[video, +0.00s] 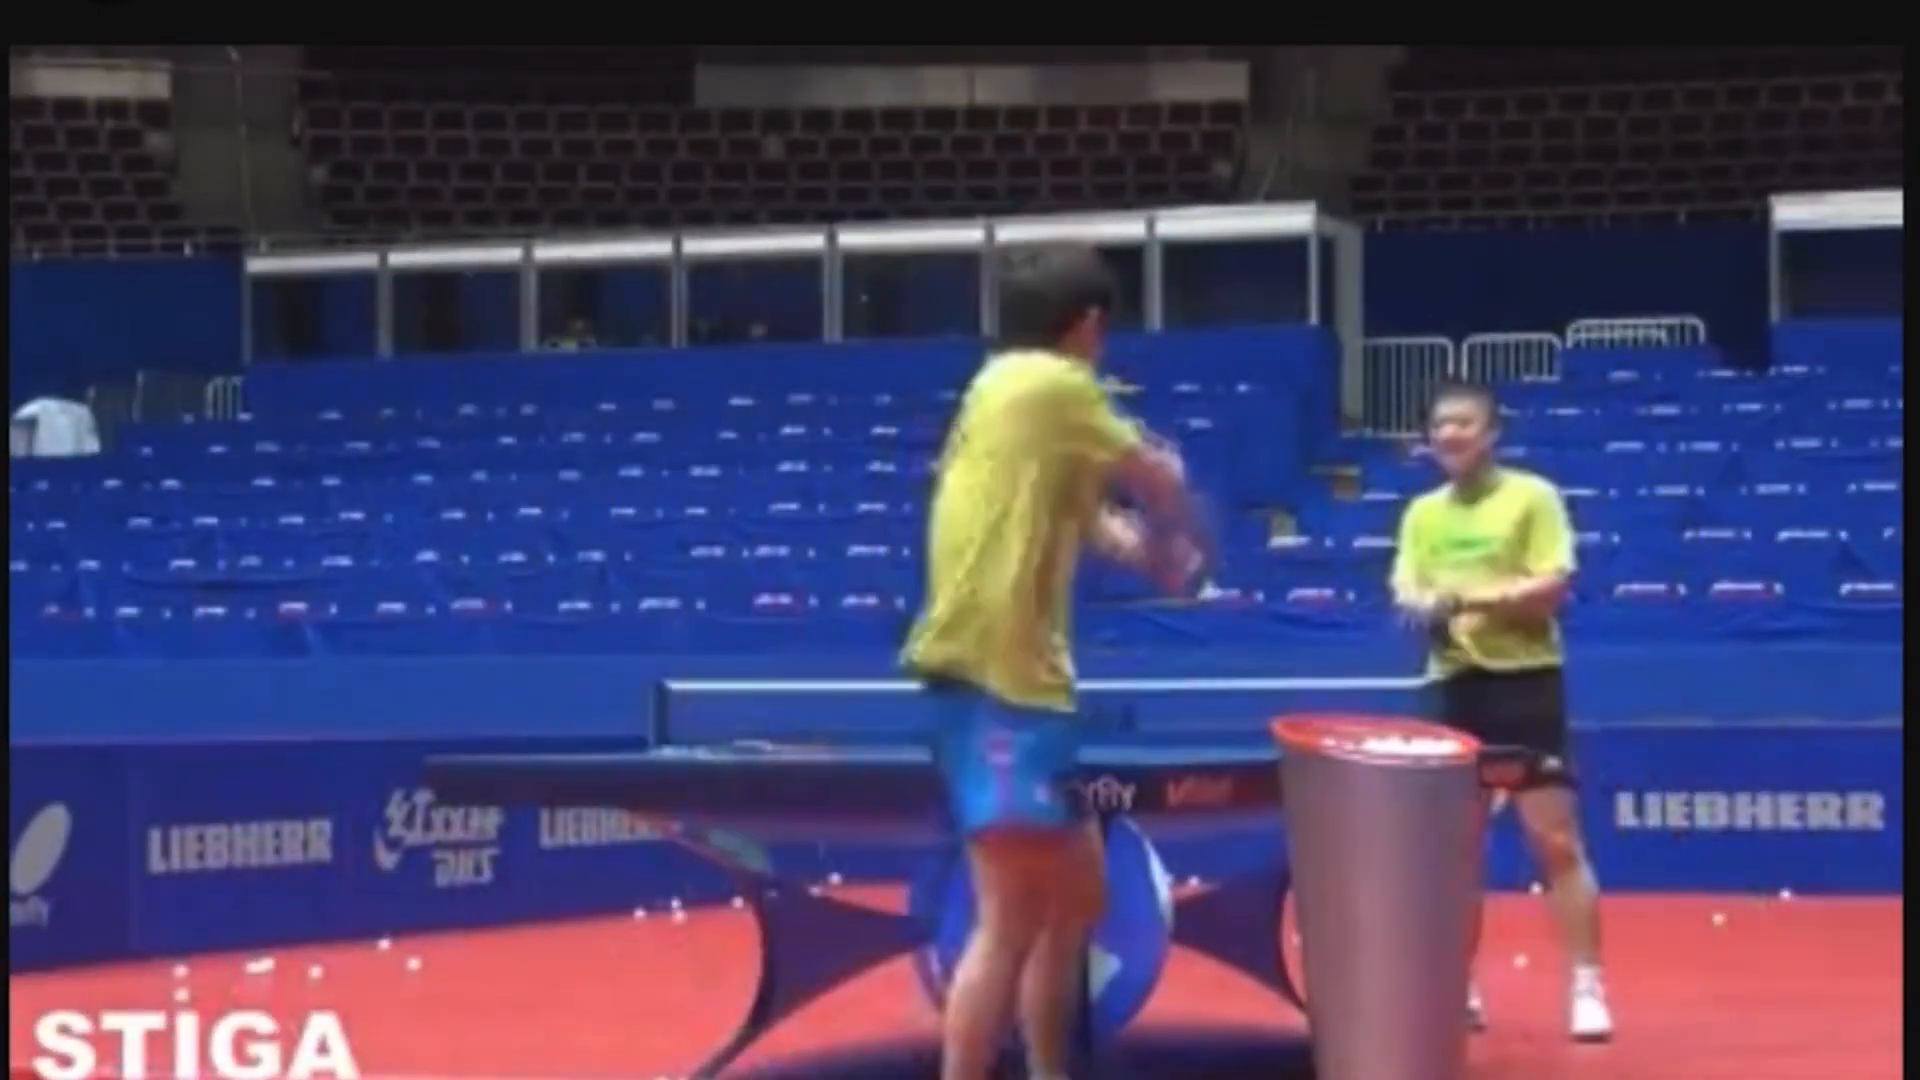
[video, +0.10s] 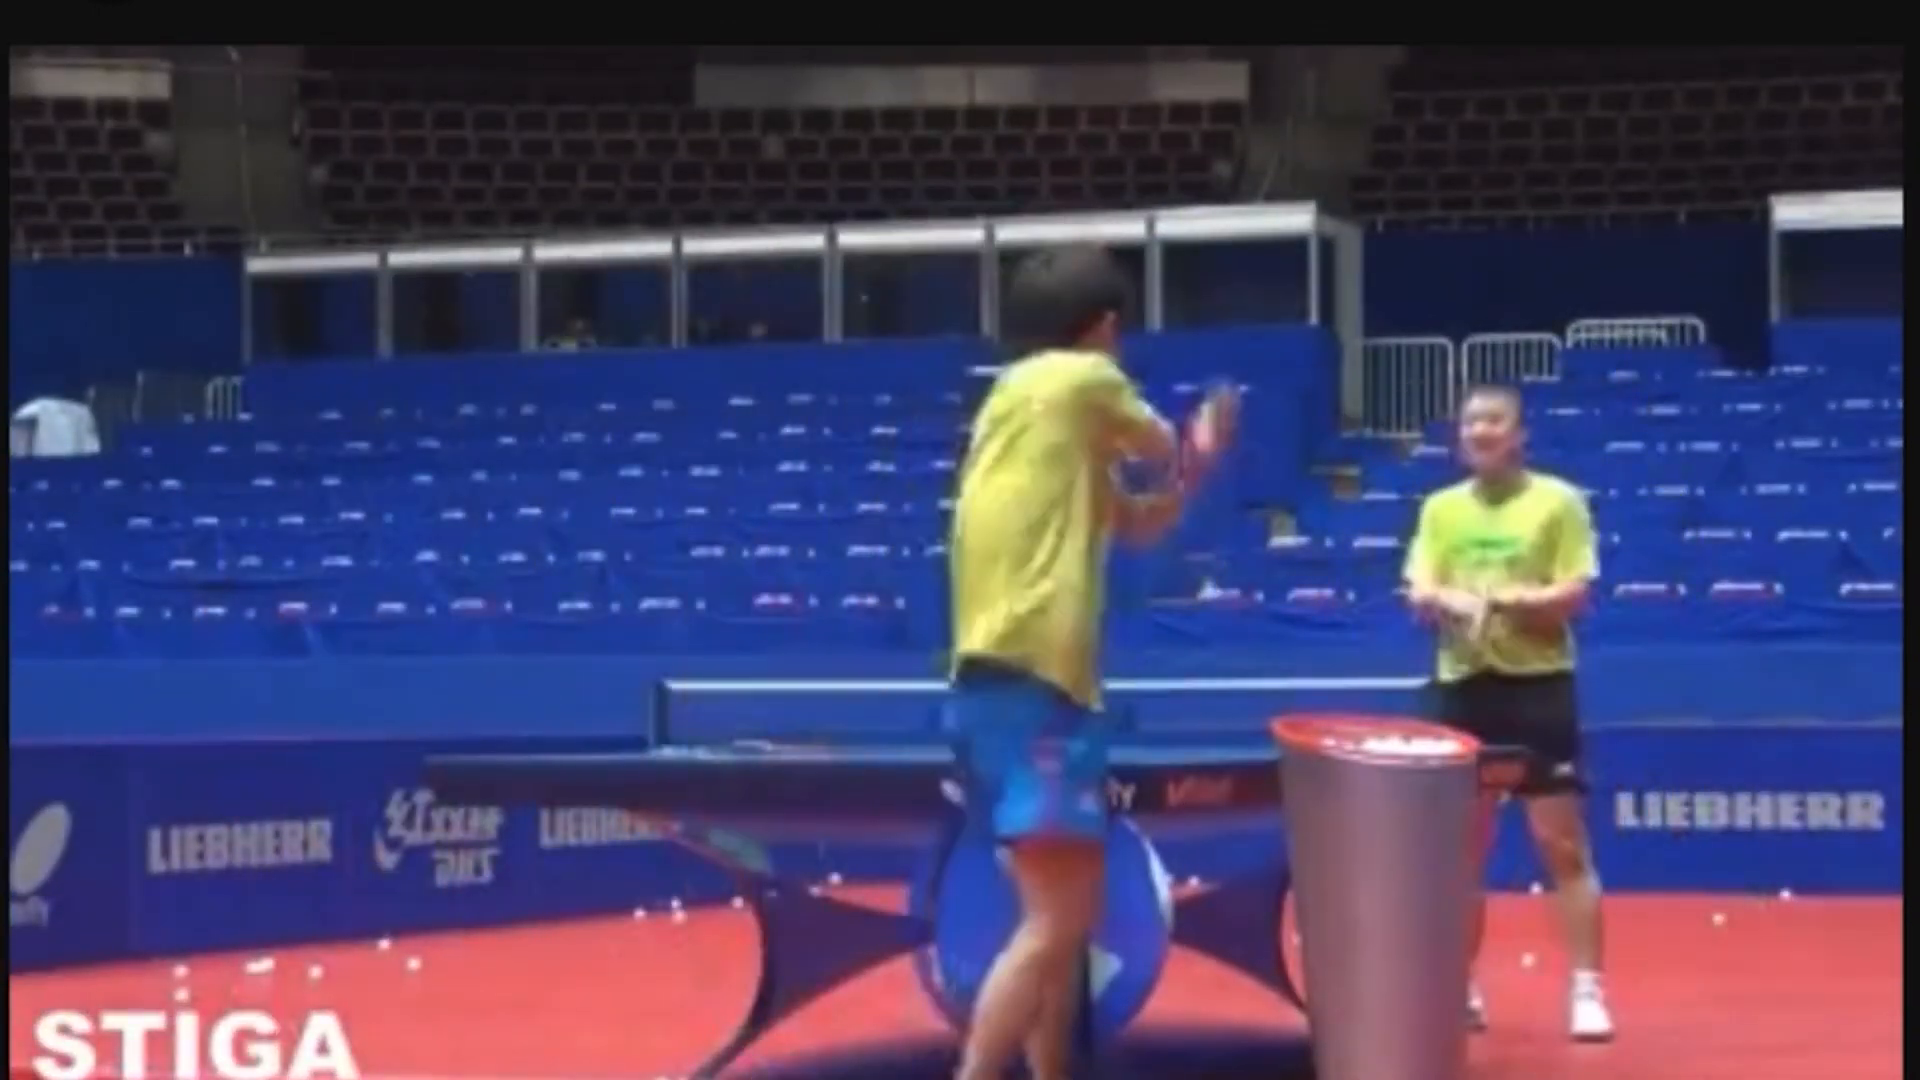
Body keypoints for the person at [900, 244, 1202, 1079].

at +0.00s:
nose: (1103, 343)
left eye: (1104, 329)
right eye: (1104, 328)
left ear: (1020, 319)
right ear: (1086, 324)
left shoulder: (1010, 389)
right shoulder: (1052, 386)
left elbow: (1083, 510)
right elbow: (1161, 478)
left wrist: (1157, 557)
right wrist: (1181, 540)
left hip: (1019, 687)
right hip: (991, 687)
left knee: (1074, 897)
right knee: (1010, 913)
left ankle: (1048, 1069)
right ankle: (962, 1070)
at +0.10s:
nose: (1119, 336)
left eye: (1115, 324)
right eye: (1118, 324)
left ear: (1031, 328)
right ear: (1101, 325)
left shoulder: (1013, 406)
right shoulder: (1078, 378)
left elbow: (1138, 521)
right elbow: (1168, 448)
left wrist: (1192, 467)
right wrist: (1198, 443)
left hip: (994, 689)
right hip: (1032, 691)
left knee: (1059, 919)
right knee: (1057, 917)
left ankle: (1053, 1070)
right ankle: (976, 1070)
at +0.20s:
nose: (1132, 331)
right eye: (1131, 320)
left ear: (1043, 324)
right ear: (1123, 323)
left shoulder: (1015, 405)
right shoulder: (1107, 378)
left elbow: (1149, 516)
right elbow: (1165, 445)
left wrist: (1183, 420)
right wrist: (1186, 400)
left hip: (995, 686)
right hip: (1056, 684)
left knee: (1064, 913)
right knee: (1122, 909)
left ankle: (1046, 1067)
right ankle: (1009, 1066)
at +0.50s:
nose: (1090, 324)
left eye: (1091, 314)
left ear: (1100, 324)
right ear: (1184, 326)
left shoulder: (1065, 411)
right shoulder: (1209, 392)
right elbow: (1239, 483)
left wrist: (1256, 478)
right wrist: (1275, 474)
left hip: (1047, 698)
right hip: (1150, 695)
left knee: (1074, 915)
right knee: (1221, 912)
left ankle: (1051, 1072)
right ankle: (1253, 1069)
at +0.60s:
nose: (1112, 333)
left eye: (1114, 323)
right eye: (1115, 324)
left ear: (1127, 326)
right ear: (1209, 328)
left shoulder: (1088, 415)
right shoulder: (1246, 403)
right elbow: (1291, 510)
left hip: (1073, 701)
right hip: (1182, 697)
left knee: (1086, 919)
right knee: (1243, 915)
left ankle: (1052, 1072)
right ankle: (1268, 1070)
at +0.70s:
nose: (1142, 341)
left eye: (1144, 329)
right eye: (1143, 330)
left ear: (1165, 329)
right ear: (1243, 335)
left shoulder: (1115, 421)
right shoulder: (1289, 414)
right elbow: (1365, 551)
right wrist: (1292, 548)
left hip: (1110, 701)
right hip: (1229, 700)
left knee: (1093, 913)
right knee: (1267, 919)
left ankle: (1057, 1071)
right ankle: (1275, 1074)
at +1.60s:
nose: (1188, 365)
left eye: (1195, 347)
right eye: (1188, 348)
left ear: (1236, 340)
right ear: (1288, 346)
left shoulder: (1184, 427)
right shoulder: (1373, 423)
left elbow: (1199, 553)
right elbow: (1416, 563)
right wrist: (1396, 693)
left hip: (1187, 676)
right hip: (1310, 688)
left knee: (1133, 904)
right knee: (1302, 932)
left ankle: (1096, 1071)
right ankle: (1285, 1073)